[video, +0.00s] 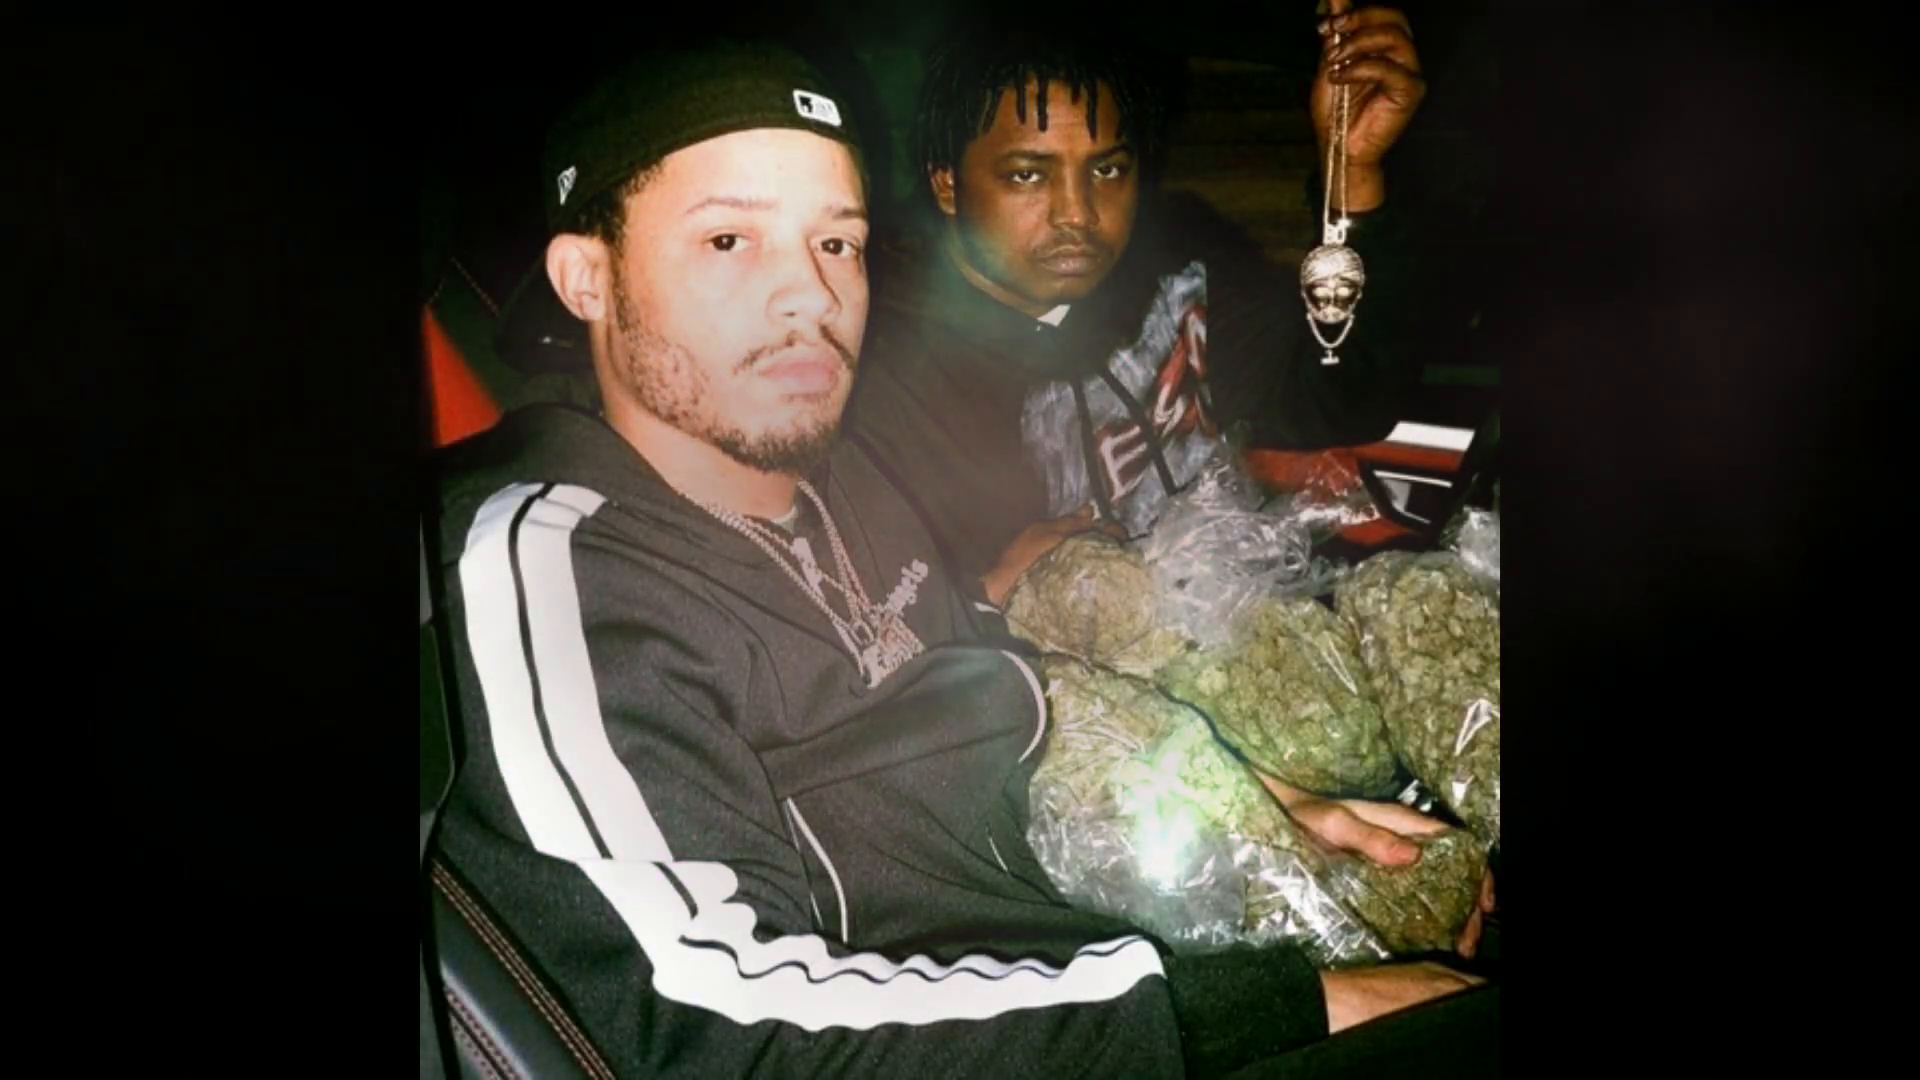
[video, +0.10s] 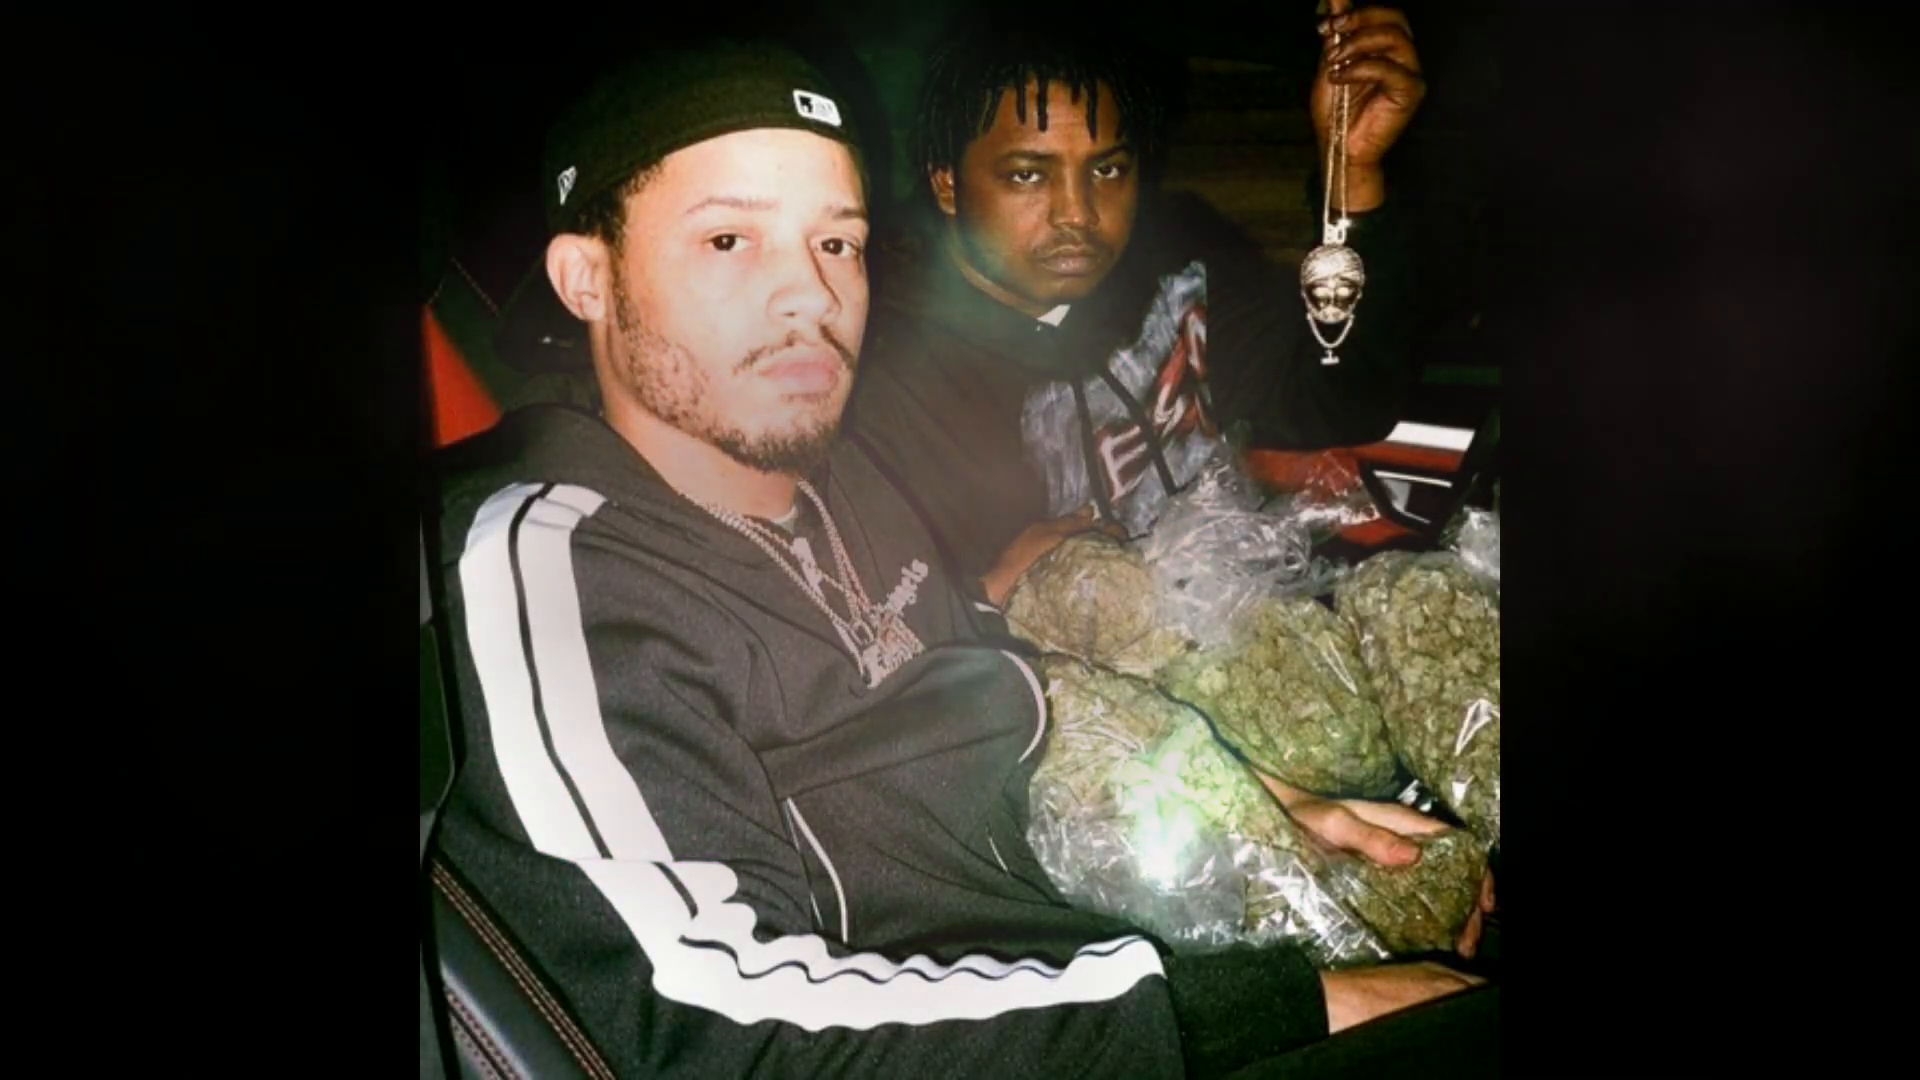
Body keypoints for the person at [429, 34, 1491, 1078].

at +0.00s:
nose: (812, 304)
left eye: (836, 249)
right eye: (729, 245)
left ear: (867, 269)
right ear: (589, 283)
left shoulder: (830, 480)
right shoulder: (533, 555)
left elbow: (1003, 744)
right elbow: (708, 1011)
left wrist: (1263, 832)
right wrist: (1277, 1006)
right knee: (1446, 1008)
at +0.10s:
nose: (814, 303)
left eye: (836, 252)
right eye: (731, 244)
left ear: (867, 276)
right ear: (589, 283)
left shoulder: (831, 481)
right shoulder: (529, 557)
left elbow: (1008, 756)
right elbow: (708, 1014)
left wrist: (1264, 832)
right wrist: (1272, 1007)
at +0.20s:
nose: (812, 304)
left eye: (836, 250)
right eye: (729, 244)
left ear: (868, 270)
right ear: (588, 282)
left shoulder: (829, 475)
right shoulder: (531, 555)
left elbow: (1005, 744)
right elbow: (711, 1012)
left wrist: (1264, 832)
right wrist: (1279, 1006)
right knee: (1451, 1007)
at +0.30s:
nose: (813, 305)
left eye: (836, 249)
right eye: (728, 244)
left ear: (868, 269)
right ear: (587, 282)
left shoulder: (830, 473)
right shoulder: (532, 552)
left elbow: (1007, 743)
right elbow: (708, 1013)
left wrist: (1264, 829)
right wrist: (1282, 1007)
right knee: (1453, 1005)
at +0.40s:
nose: (813, 305)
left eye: (837, 249)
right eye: (728, 245)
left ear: (868, 270)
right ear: (588, 282)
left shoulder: (831, 474)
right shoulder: (531, 550)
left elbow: (1006, 744)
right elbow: (705, 1013)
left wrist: (1264, 826)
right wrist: (1280, 1008)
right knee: (1450, 1004)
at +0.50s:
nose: (813, 302)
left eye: (836, 250)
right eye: (729, 244)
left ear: (867, 271)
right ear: (588, 283)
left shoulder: (833, 475)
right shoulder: (533, 551)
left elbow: (1010, 743)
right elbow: (706, 1016)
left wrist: (1267, 828)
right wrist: (1275, 1008)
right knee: (1449, 1003)